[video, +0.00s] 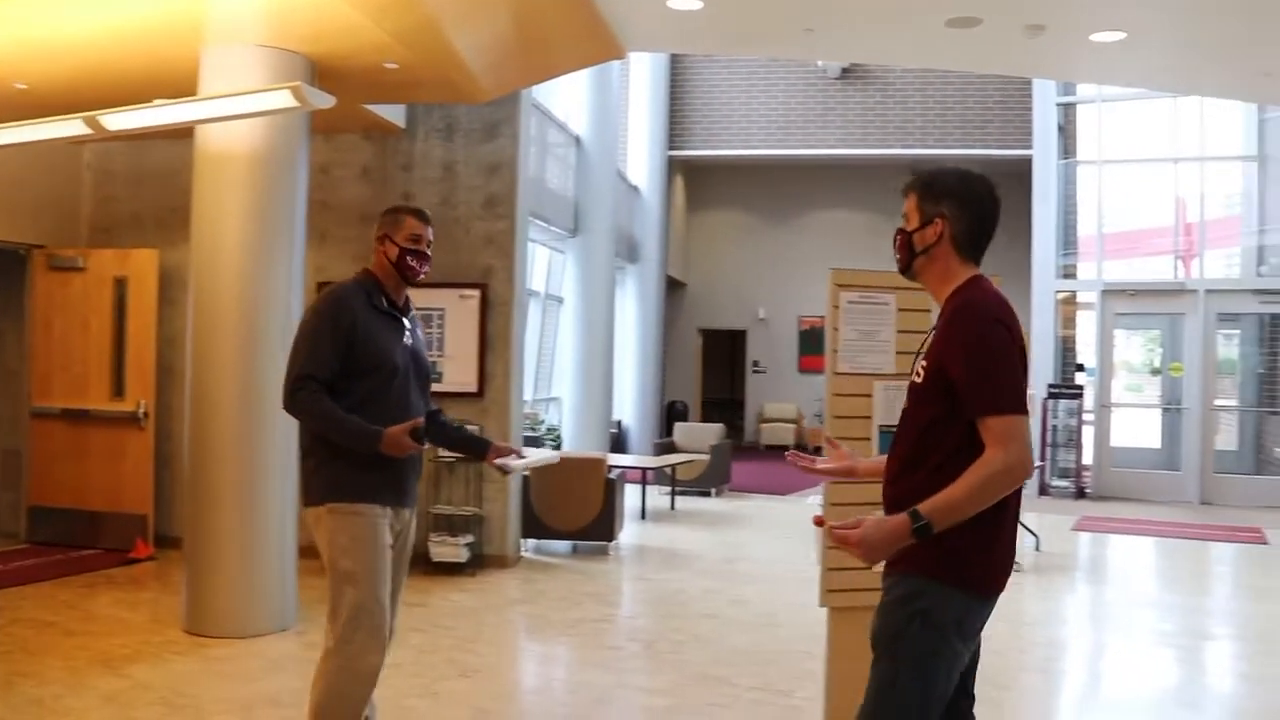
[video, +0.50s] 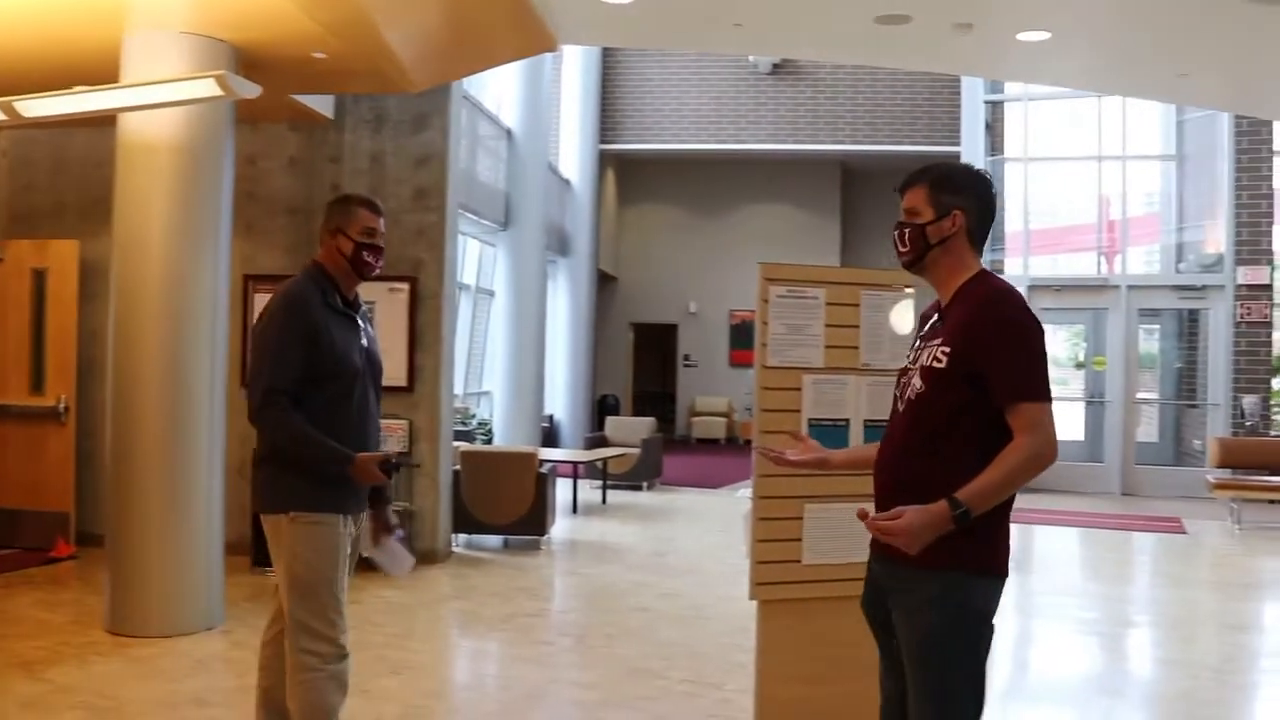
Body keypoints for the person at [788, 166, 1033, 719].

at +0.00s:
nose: (900, 234)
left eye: (907, 221)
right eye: (902, 222)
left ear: (937, 230)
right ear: (943, 232)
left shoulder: (978, 312)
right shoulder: (962, 310)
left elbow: (1012, 458)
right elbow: (951, 450)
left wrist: (904, 526)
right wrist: (861, 468)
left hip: (943, 572)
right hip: (942, 566)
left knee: (890, 711)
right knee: (945, 712)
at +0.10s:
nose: (901, 233)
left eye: (908, 220)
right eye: (903, 221)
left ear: (939, 228)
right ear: (944, 231)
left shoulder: (981, 310)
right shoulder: (961, 310)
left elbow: (1019, 451)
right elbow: (950, 443)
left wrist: (913, 522)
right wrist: (861, 467)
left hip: (946, 568)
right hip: (937, 563)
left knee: (891, 711)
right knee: (943, 711)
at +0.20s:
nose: (900, 235)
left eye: (908, 222)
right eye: (902, 223)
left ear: (942, 227)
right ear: (942, 230)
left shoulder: (987, 307)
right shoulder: (958, 309)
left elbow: (1025, 446)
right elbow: (943, 444)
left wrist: (922, 517)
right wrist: (853, 465)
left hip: (947, 567)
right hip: (927, 562)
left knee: (896, 710)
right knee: (937, 709)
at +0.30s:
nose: (899, 234)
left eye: (908, 221)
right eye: (900, 222)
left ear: (947, 226)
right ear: (941, 229)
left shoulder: (991, 309)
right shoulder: (955, 312)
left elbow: (1030, 444)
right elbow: (931, 443)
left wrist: (930, 513)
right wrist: (843, 462)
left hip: (950, 569)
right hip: (917, 561)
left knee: (911, 711)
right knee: (917, 709)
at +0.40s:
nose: (900, 232)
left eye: (911, 219)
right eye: (900, 220)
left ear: (952, 225)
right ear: (945, 226)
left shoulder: (995, 308)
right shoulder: (949, 312)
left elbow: (1034, 443)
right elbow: (925, 446)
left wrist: (936, 512)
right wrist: (837, 460)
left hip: (949, 569)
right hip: (906, 560)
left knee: (928, 712)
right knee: (905, 710)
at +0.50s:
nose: (901, 232)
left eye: (912, 218)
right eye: (901, 219)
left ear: (954, 224)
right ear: (949, 225)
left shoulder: (997, 307)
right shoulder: (937, 315)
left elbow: (1039, 443)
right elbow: (919, 443)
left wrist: (942, 515)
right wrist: (829, 457)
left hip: (950, 573)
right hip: (898, 563)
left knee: (943, 714)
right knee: (899, 711)